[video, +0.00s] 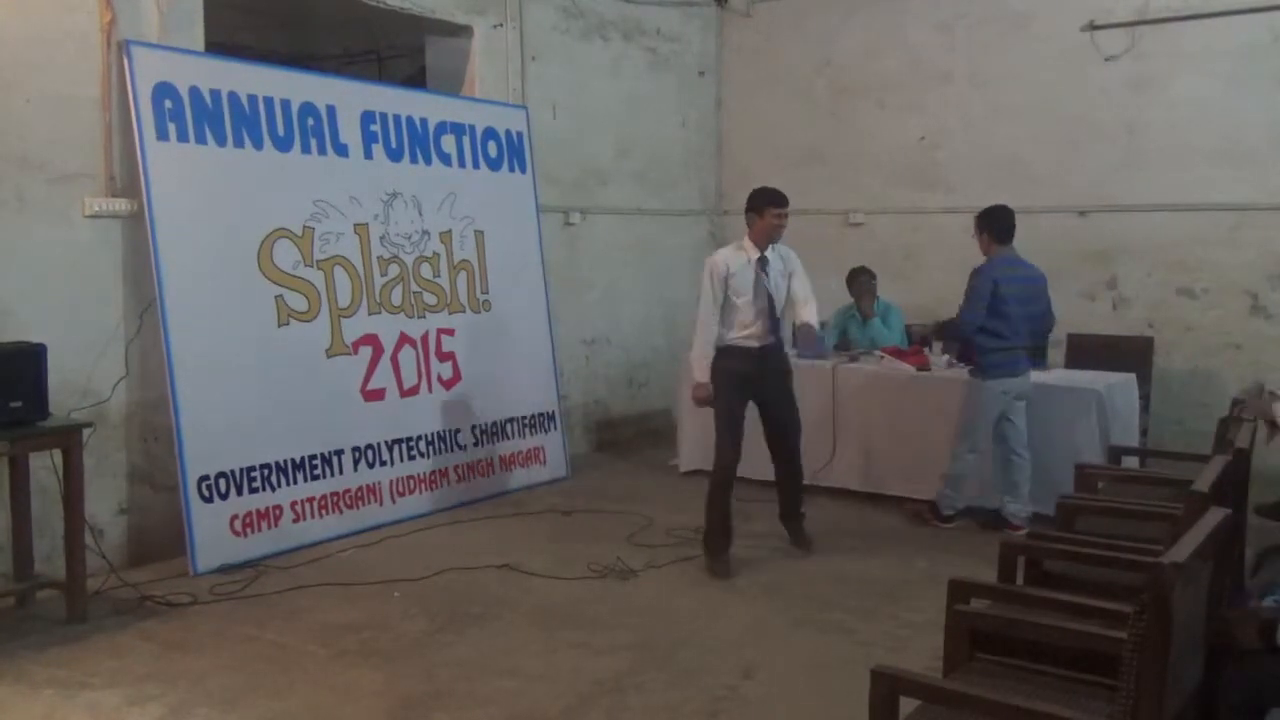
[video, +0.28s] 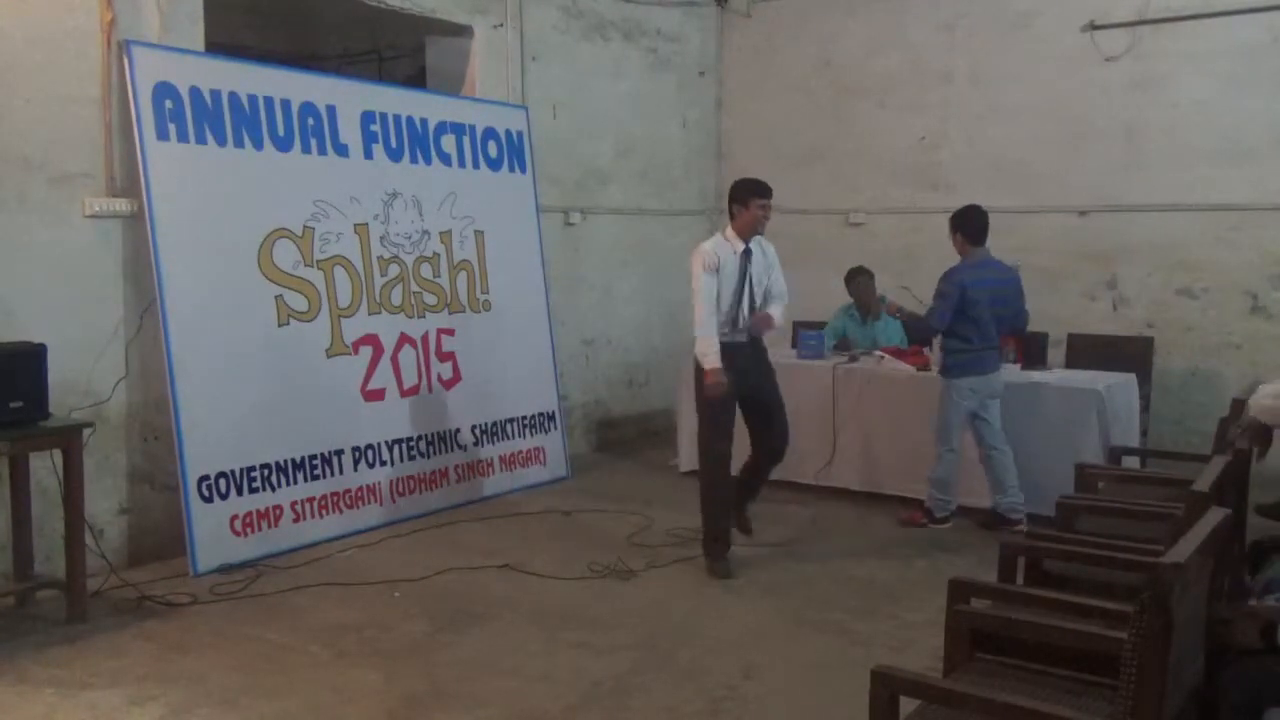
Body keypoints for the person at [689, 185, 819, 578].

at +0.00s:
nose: (783, 225)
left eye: (785, 218)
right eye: (777, 218)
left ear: (781, 222)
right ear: (753, 218)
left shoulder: (787, 259)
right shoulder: (721, 262)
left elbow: (804, 299)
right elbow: (706, 322)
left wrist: (806, 324)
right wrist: (701, 376)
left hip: (772, 362)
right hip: (731, 363)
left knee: (788, 447)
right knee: (727, 457)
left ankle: (793, 521)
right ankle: (716, 549)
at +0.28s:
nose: (767, 217)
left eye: (769, 210)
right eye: (761, 209)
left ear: (762, 213)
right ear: (738, 210)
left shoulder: (766, 251)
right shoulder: (708, 254)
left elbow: (779, 300)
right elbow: (703, 314)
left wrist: (770, 317)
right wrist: (711, 364)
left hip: (751, 351)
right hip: (716, 355)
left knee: (774, 442)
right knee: (716, 454)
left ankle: (738, 499)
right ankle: (715, 548)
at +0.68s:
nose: (764, 214)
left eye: (766, 207)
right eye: (758, 207)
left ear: (751, 212)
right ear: (735, 208)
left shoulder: (752, 250)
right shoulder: (713, 250)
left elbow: (769, 299)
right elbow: (734, 306)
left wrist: (754, 294)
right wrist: (769, 355)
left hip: (741, 357)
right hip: (711, 359)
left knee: (745, 455)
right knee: (715, 456)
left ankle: (737, 544)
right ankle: (716, 551)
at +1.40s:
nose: (777, 216)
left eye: (778, 209)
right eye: (771, 208)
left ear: (757, 213)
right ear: (748, 210)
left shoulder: (751, 250)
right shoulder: (730, 248)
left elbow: (746, 312)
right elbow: (719, 311)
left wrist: (773, 331)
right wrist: (766, 337)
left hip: (746, 356)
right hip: (731, 358)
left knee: (748, 455)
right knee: (740, 455)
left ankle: (737, 545)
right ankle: (730, 550)